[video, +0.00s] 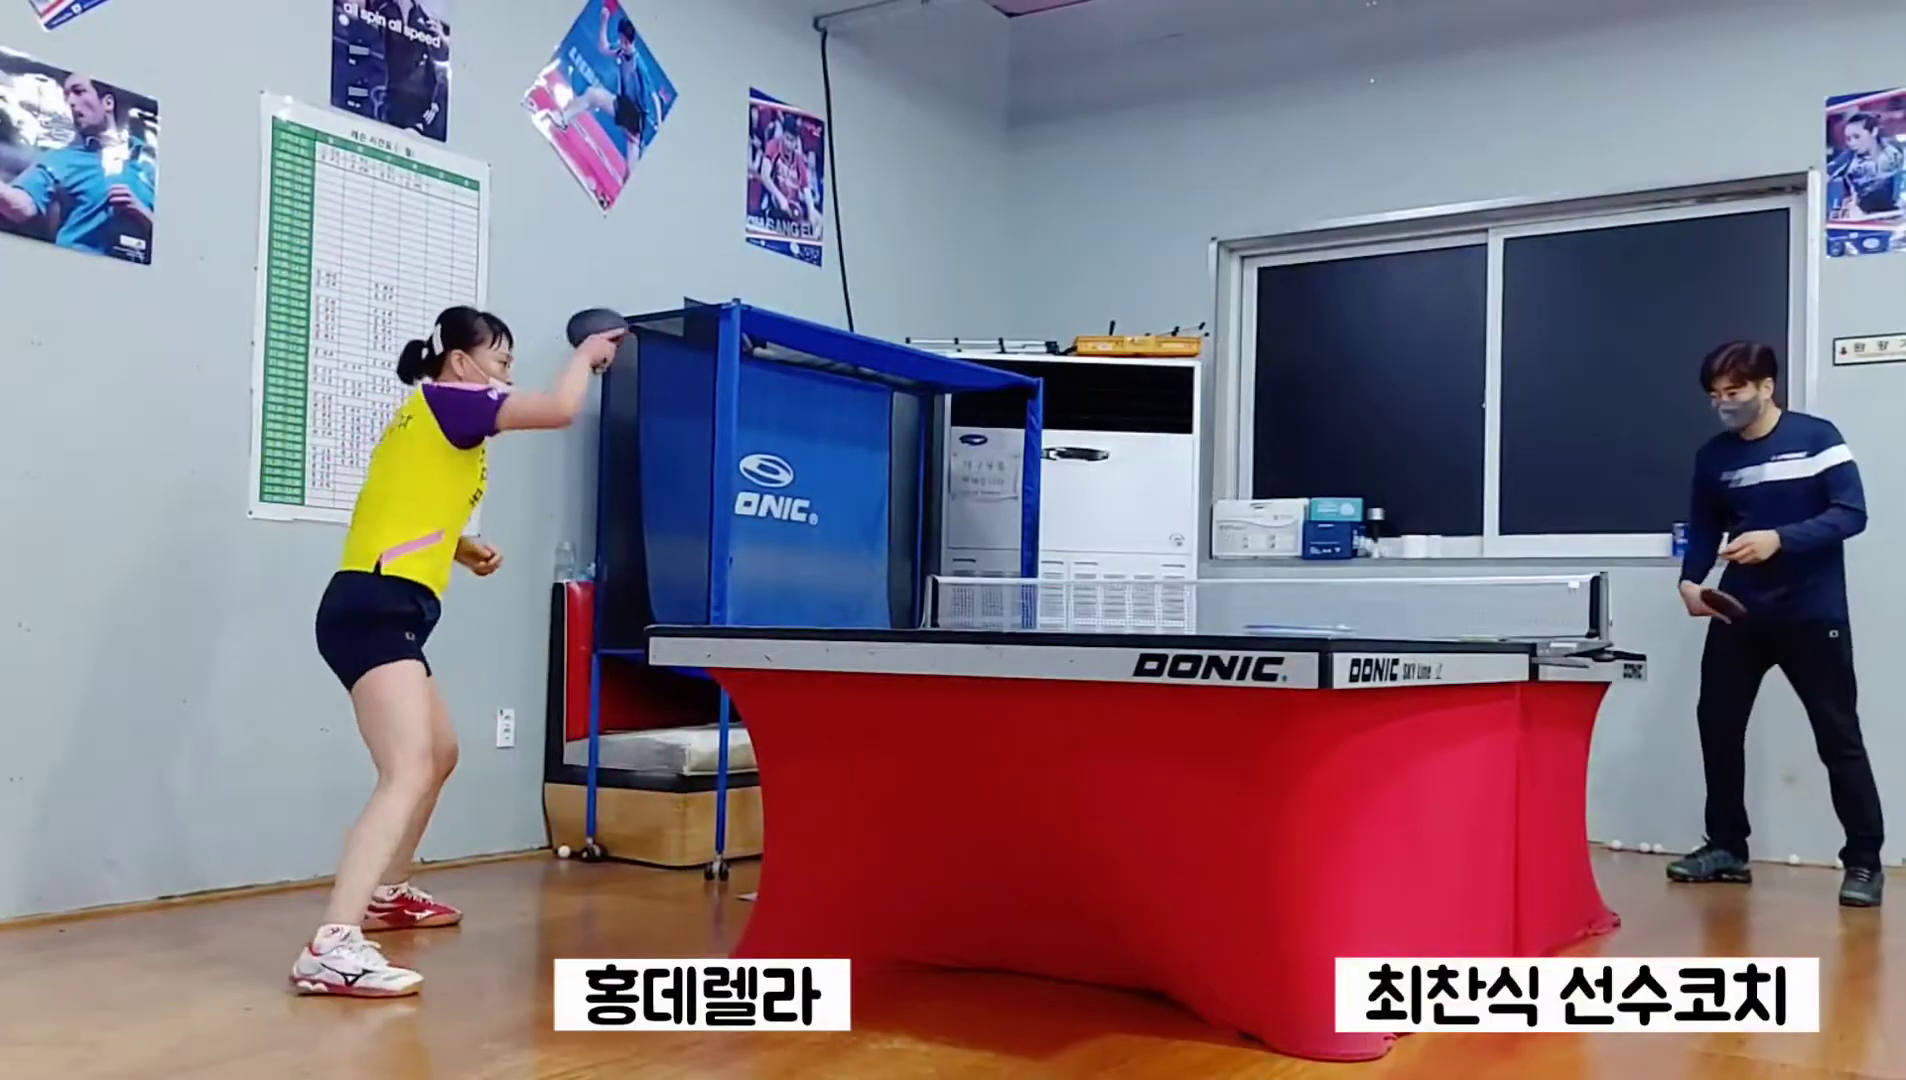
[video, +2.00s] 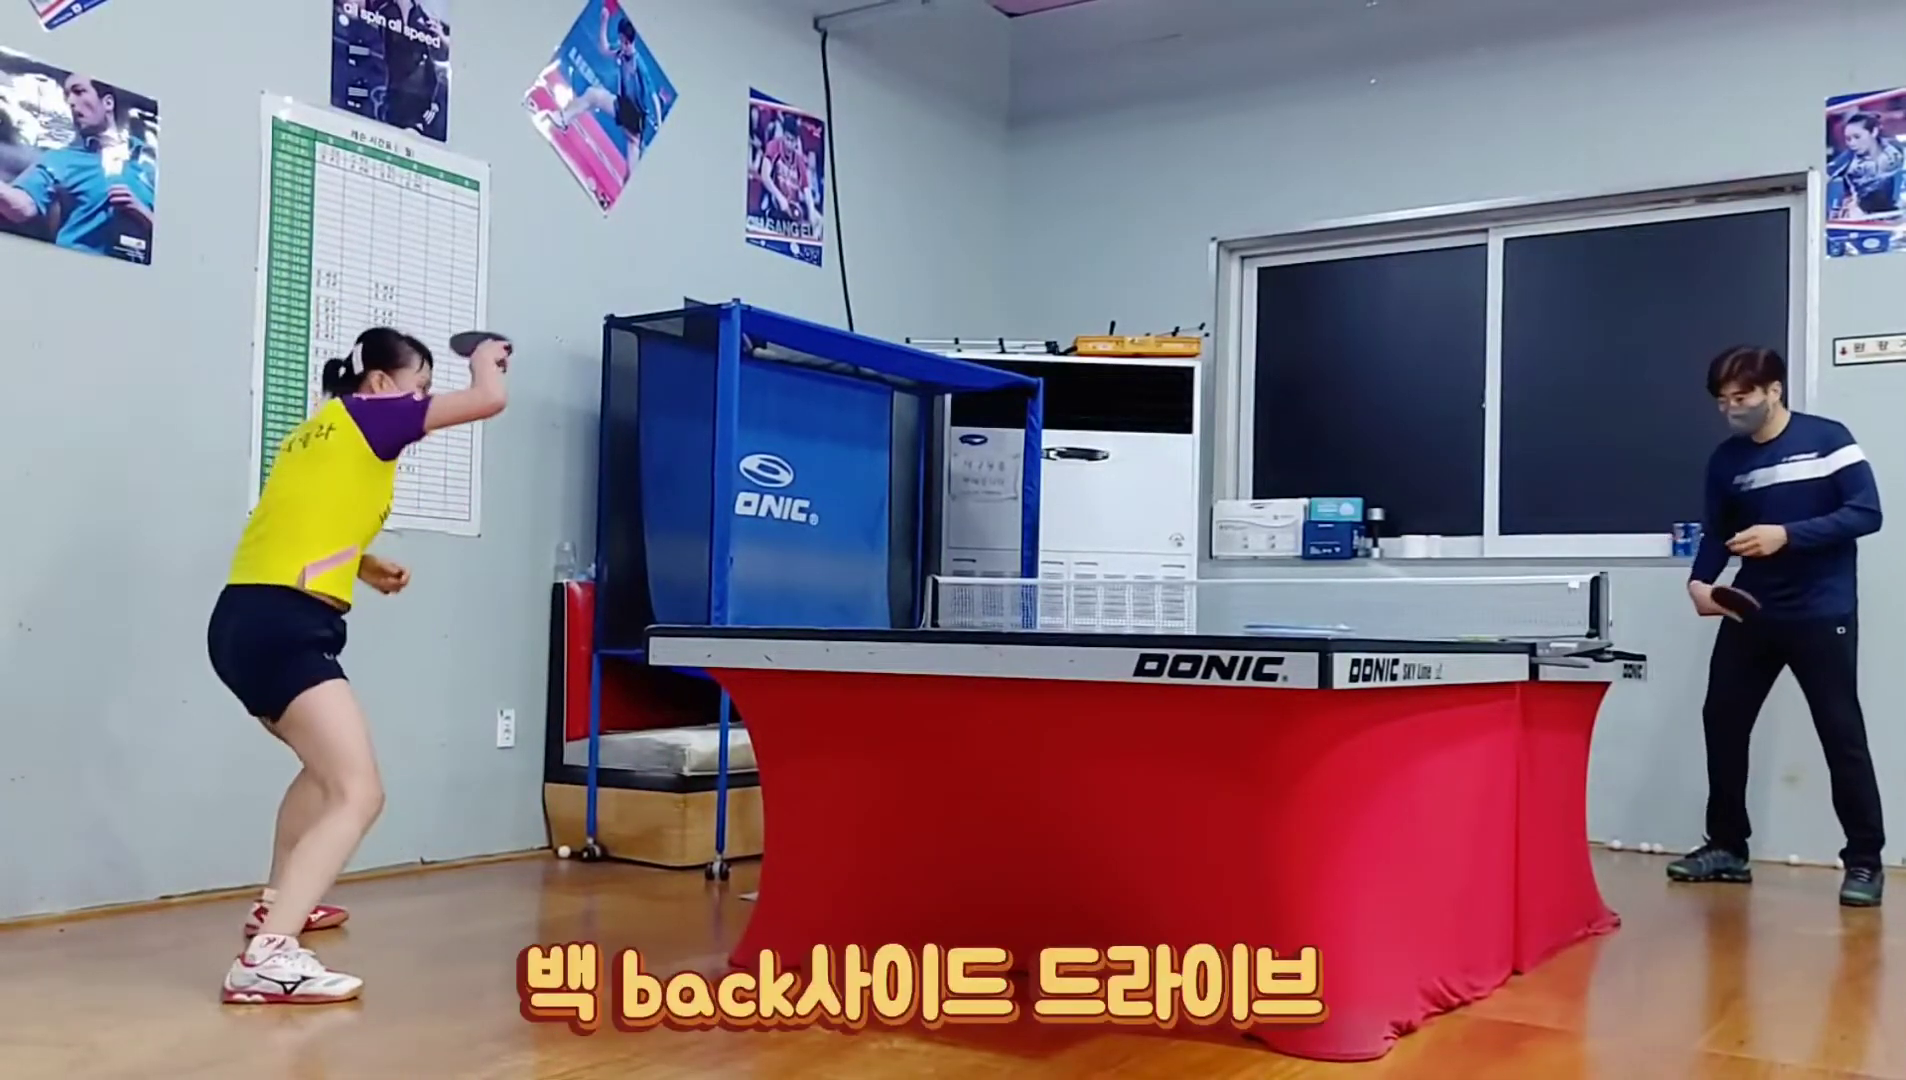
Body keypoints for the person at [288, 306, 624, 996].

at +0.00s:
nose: (507, 371)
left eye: (508, 362)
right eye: (498, 358)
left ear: (456, 361)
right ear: (459, 355)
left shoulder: (438, 417)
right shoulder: (445, 401)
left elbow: (404, 506)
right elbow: (562, 408)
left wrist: (459, 546)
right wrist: (583, 355)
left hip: (385, 611)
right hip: (371, 609)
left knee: (438, 754)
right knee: (407, 770)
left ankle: (384, 889)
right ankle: (332, 942)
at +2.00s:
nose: (424, 398)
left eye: (426, 388)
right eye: (419, 385)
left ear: (365, 384)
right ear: (379, 379)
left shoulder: (316, 429)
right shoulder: (371, 415)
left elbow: (302, 517)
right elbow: (489, 401)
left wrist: (363, 563)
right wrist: (487, 361)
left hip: (241, 622)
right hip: (283, 622)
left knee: (325, 772)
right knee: (358, 795)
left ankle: (279, 900)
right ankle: (267, 952)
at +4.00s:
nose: (411, 402)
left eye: (413, 392)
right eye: (406, 390)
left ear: (349, 382)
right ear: (367, 380)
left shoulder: (293, 438)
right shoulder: (371, 414)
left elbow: (295, 530)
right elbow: (491, 398)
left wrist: (366, 577)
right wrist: (482, 365)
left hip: (225, 635)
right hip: (291, 629)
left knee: (311, 767)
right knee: (383, 814)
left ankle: (281, 910)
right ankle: (286, 981)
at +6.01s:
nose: (396, 393)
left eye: (398, 382)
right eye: (390, 379)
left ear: (326, 376)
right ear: (351, 371)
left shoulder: (257, 441)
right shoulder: (351, 406)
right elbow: (474, 416)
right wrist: (481, 386)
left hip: (214, 628)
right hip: (270, 625)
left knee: (303, 770)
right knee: (353, 806)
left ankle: (260, 911)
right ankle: (251, 970)